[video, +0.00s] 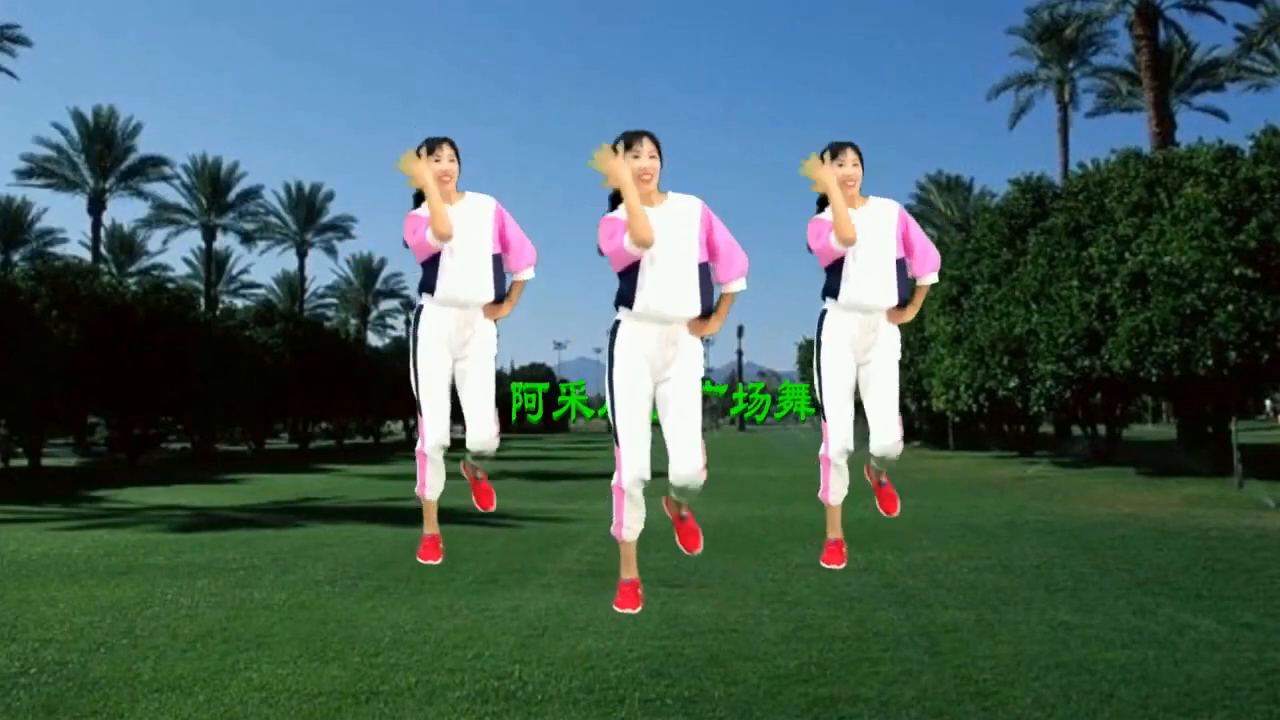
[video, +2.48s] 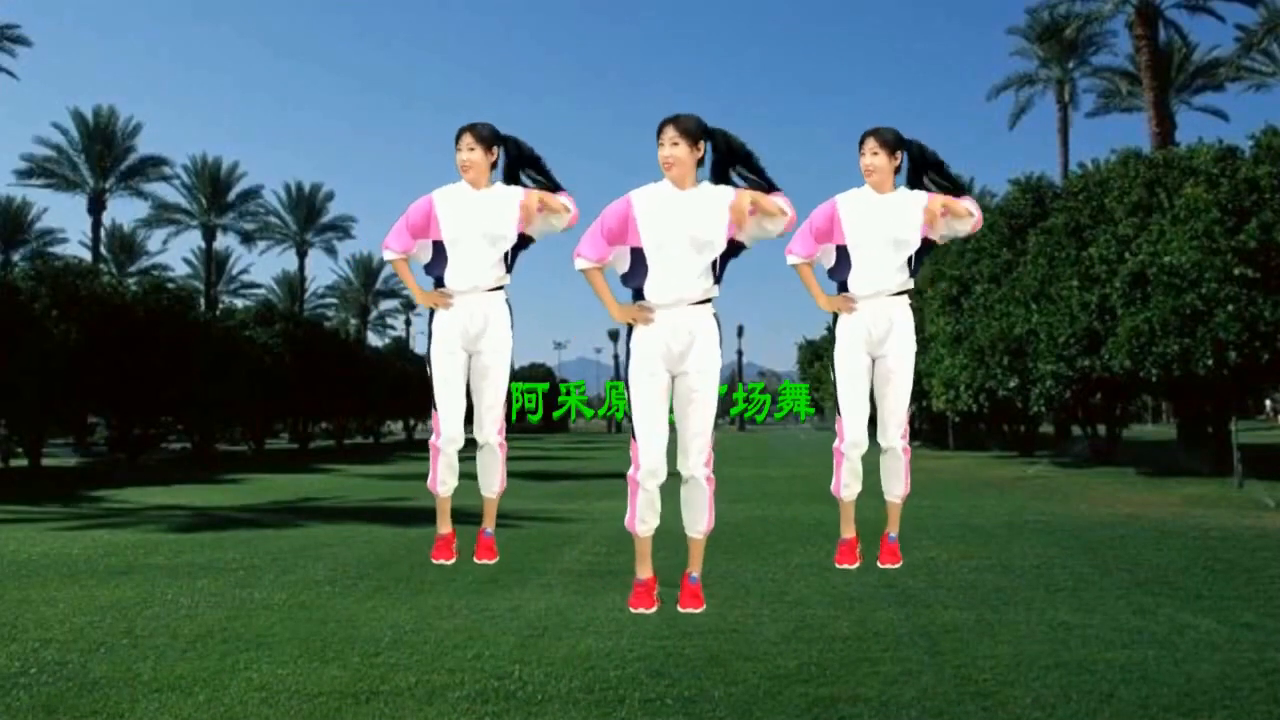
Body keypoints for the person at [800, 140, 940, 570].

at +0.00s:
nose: (848, 170)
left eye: (853, 163)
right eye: (839, 164)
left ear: (863, 172)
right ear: (827, 177)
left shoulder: (890, 211)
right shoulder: (820, 222)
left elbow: (927, 261)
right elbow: (846, 239)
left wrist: (912, 308)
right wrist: (831, 186)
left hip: (882, 325)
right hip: (838, 326)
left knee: (888, 442)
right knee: (837, 440)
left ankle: (876, 473)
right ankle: (833, 536)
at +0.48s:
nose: (864, 159)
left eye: (871, 153)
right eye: (856, 153)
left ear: (881, 160)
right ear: (844, 160)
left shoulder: (901, 204)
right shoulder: (834, 203)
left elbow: (938, 245)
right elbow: (876, 233)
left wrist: (922, 291)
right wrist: (938, 233)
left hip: (899, 316)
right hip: (854, 318)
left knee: (910, 424)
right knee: (851, 428)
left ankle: (919, 522)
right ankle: (830, 530)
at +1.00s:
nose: (863, 161)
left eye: (870, 154)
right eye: (855, 154)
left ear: (881, 162)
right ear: (844, 162)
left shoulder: (901, 211)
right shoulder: (826, 209)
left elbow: (932, 258)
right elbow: (775, 243)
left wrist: (908, 305)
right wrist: (805, 292)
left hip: (888, 325)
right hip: (842, 325)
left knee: (887, 435)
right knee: (841, 436)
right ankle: (829, 534)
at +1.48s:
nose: (877, 162)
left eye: (885, 156)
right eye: (870, 156)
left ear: (898, 164)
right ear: (861, 165)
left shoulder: (918, 210)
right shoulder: (843, 210)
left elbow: (958, 257)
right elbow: (798, 246)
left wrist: (922, 301)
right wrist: (823, 289)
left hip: (898, 322)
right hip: (853, 321)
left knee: (898, 432)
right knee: (856, 432)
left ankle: (894, 535)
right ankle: (853, 534)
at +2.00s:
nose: (871, 167)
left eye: (879, 161)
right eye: (864, 161)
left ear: (891, 169)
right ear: (854, 169)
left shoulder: (909, 217)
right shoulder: (835, 216)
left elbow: (952, 258)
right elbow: (798, 266)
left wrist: (920, 298)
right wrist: (822, 312)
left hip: (900, 330)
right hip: (855, 332)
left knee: (899, 436)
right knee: (859, 438)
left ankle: (891, 536)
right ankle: (851, 536)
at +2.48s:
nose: (867, 160)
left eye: (876, 153)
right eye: (863, 154)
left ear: (896, 159)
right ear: (859, 161)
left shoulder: (917, 201)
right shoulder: (841, 206)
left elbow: (973, 216)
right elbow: (797, 252)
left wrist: (948, 212)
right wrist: (825, 299)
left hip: (898, 315)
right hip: (853, 315)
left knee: (894, 431)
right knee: (852, 432)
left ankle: (891, 535)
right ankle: (847, 535)